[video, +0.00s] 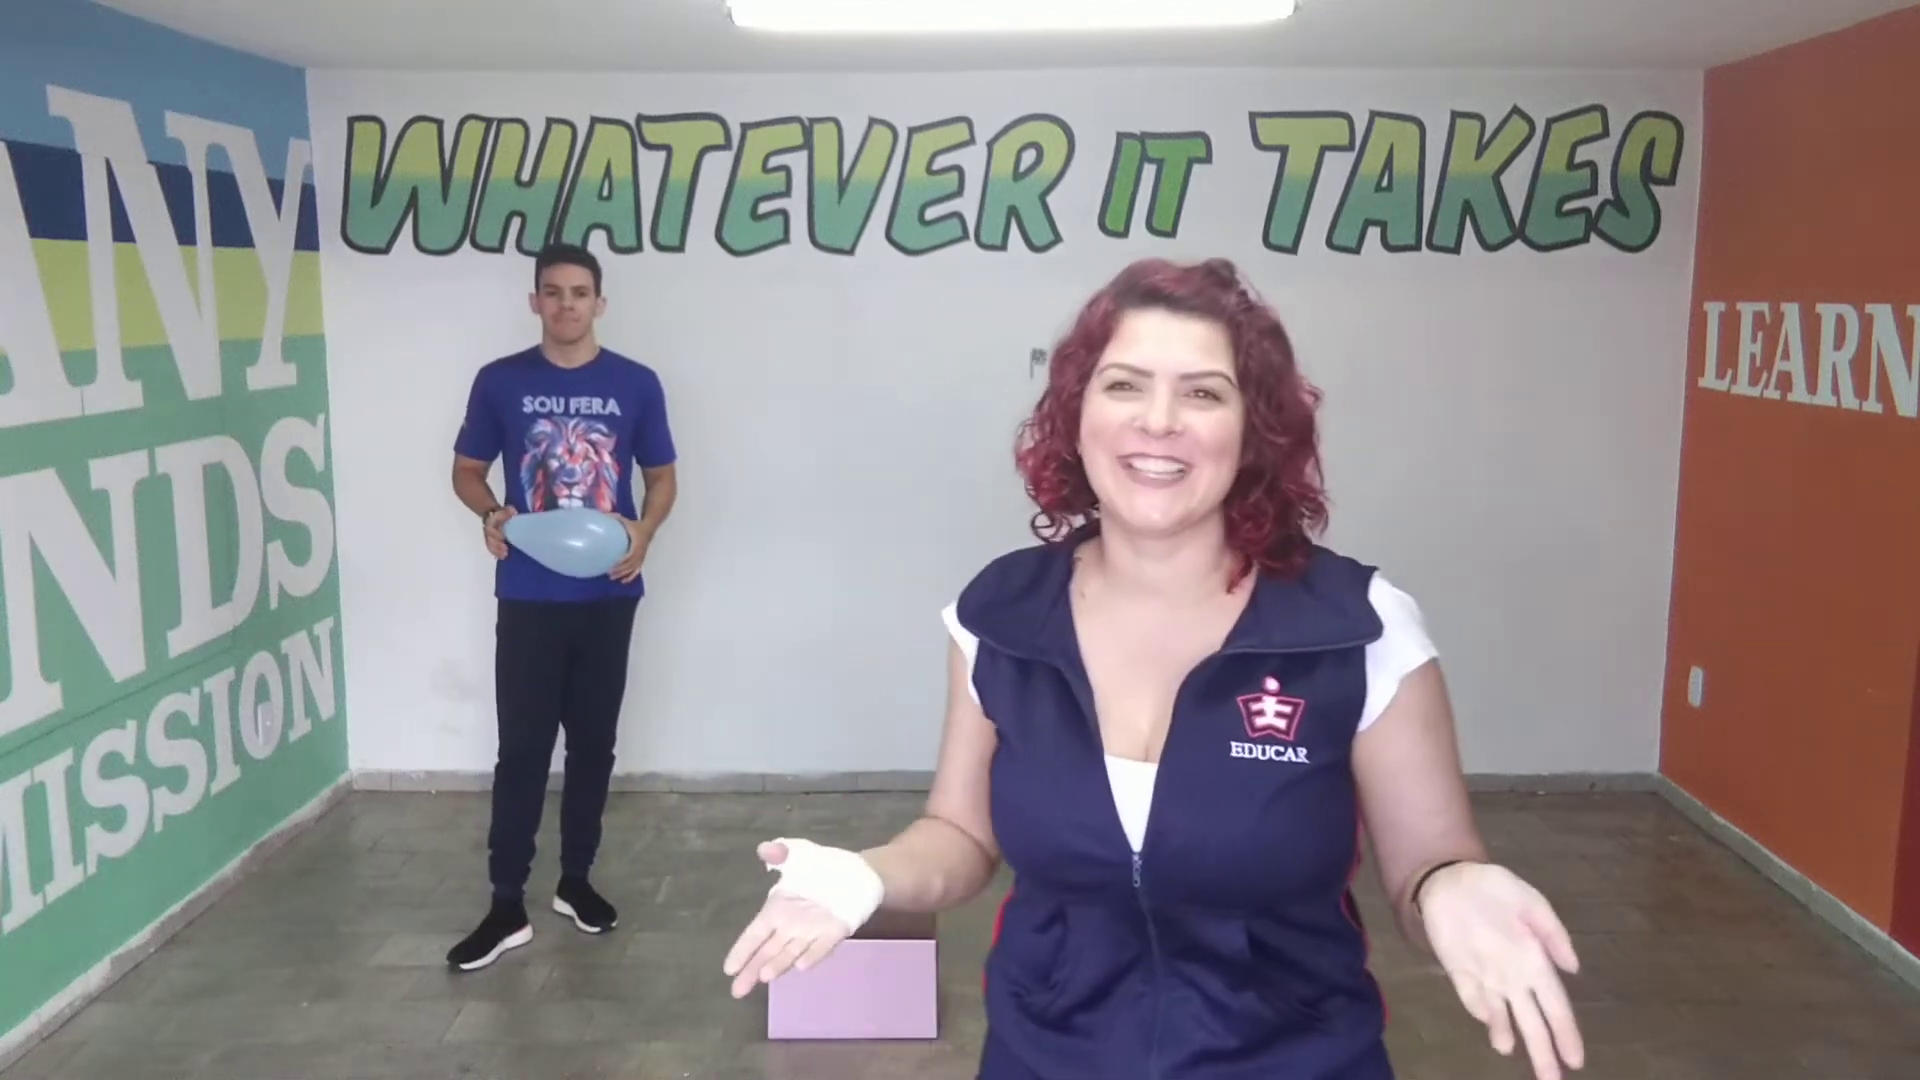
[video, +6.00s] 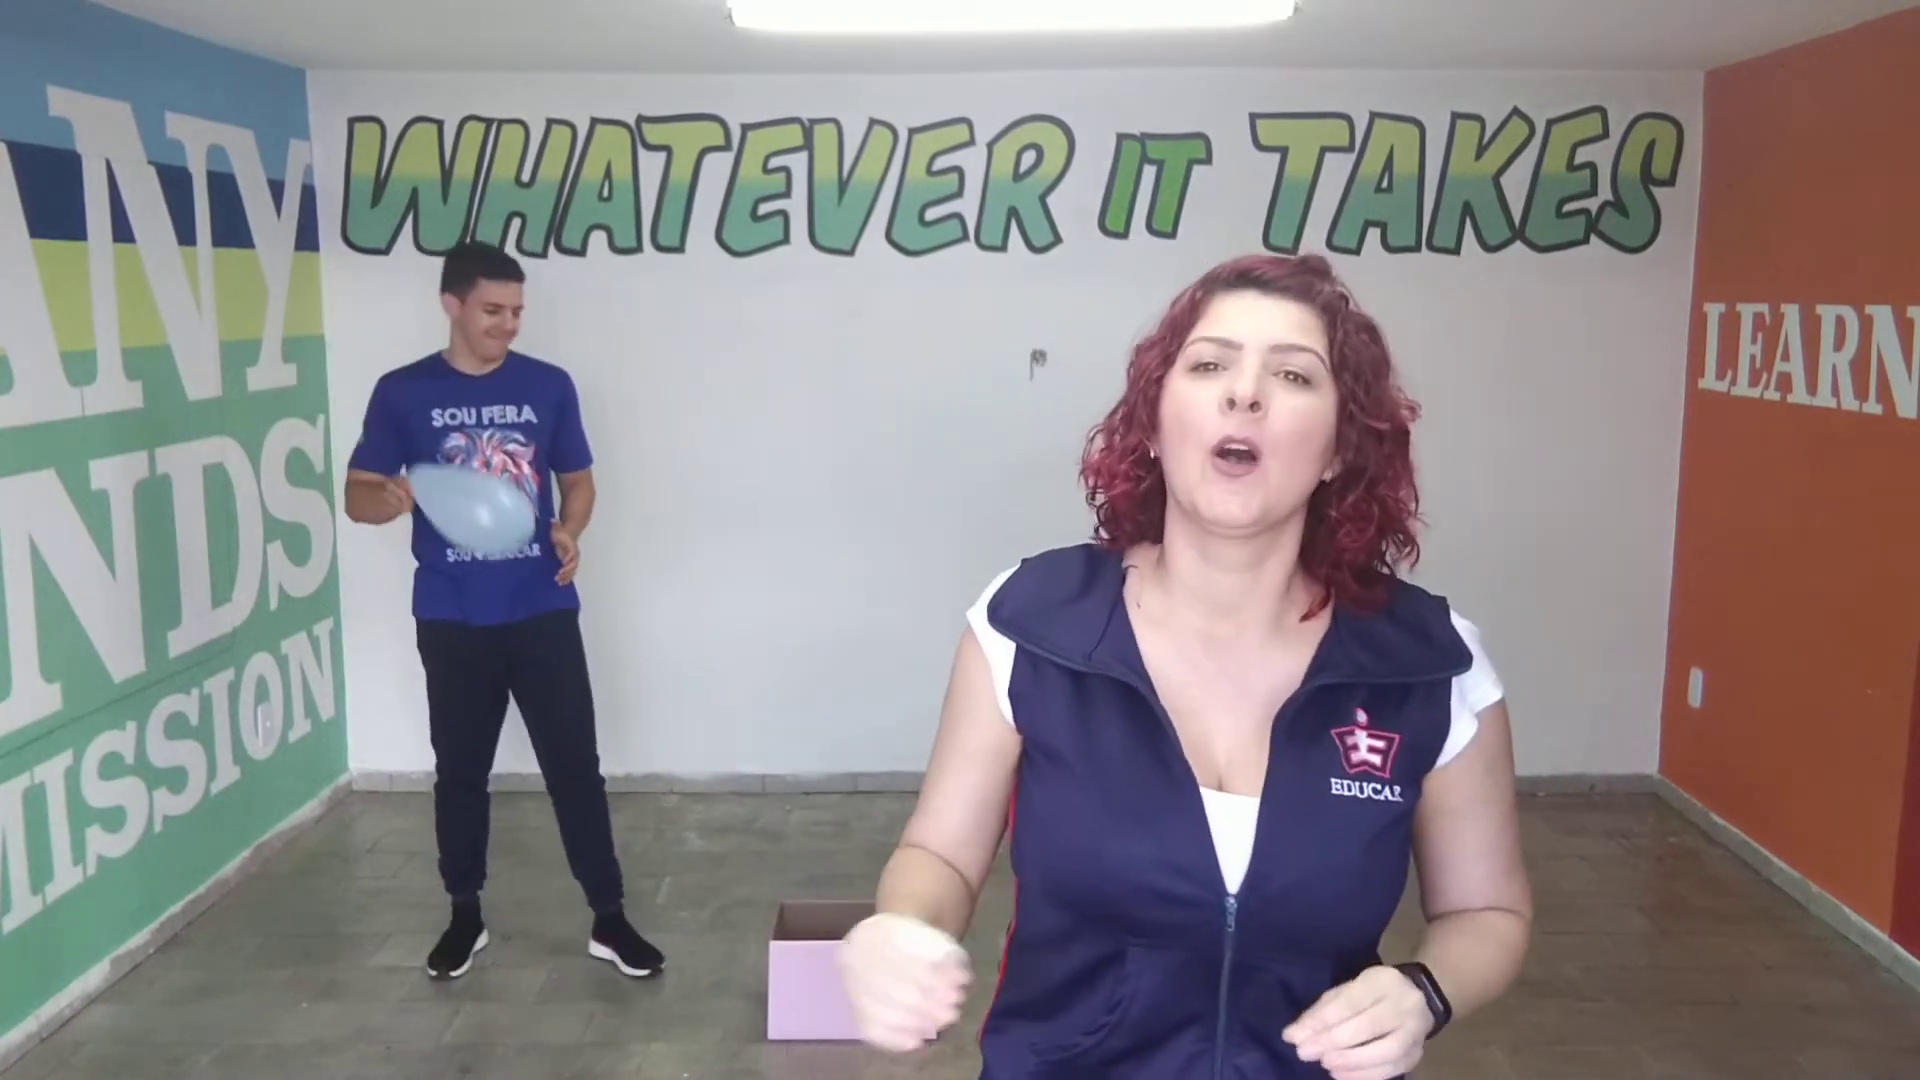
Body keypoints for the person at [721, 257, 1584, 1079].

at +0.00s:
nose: (1156, 422)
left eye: (1200, 393)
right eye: (1124, 386)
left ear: (1254, 430)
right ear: (1075, 411)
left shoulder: (1356, 627)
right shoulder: (1003, 613)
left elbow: (1430, 871)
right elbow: (958, 833)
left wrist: (1453, 882)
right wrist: (865, 876)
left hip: (1286, 1050)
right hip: (1050, 1048)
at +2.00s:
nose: (1157, 408)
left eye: (1199, 381)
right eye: (1121, 379)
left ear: (1254, 415)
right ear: (1073, 413)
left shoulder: (1349, 627)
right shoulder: (993, 609)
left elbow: (1430, 909)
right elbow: (907, 866)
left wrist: (1268, 919)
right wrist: (1052, 911)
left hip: (1271, 1062)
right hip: (1027, 1059)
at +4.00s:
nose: (915, 419)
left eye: (951, 391)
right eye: (879, 391)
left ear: (995, 425)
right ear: (836, 425)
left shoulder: (1076, 609)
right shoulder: (751, 611)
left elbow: (1130, 807)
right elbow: (676, 843)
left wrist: (1113, 873)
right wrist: (740, 888)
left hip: (1017, 1050)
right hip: (805, 1052)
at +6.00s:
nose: (1242, 395)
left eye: (1293, 376)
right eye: (1209, 364)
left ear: (1340, 444)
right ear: (1153, 410)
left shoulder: (1425, 659)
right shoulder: (1031, 618)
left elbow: (1483, 909)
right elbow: (940, 852)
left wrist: (1424, 994)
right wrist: (896, 940)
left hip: (1306, 1064)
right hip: (1061, 1059)